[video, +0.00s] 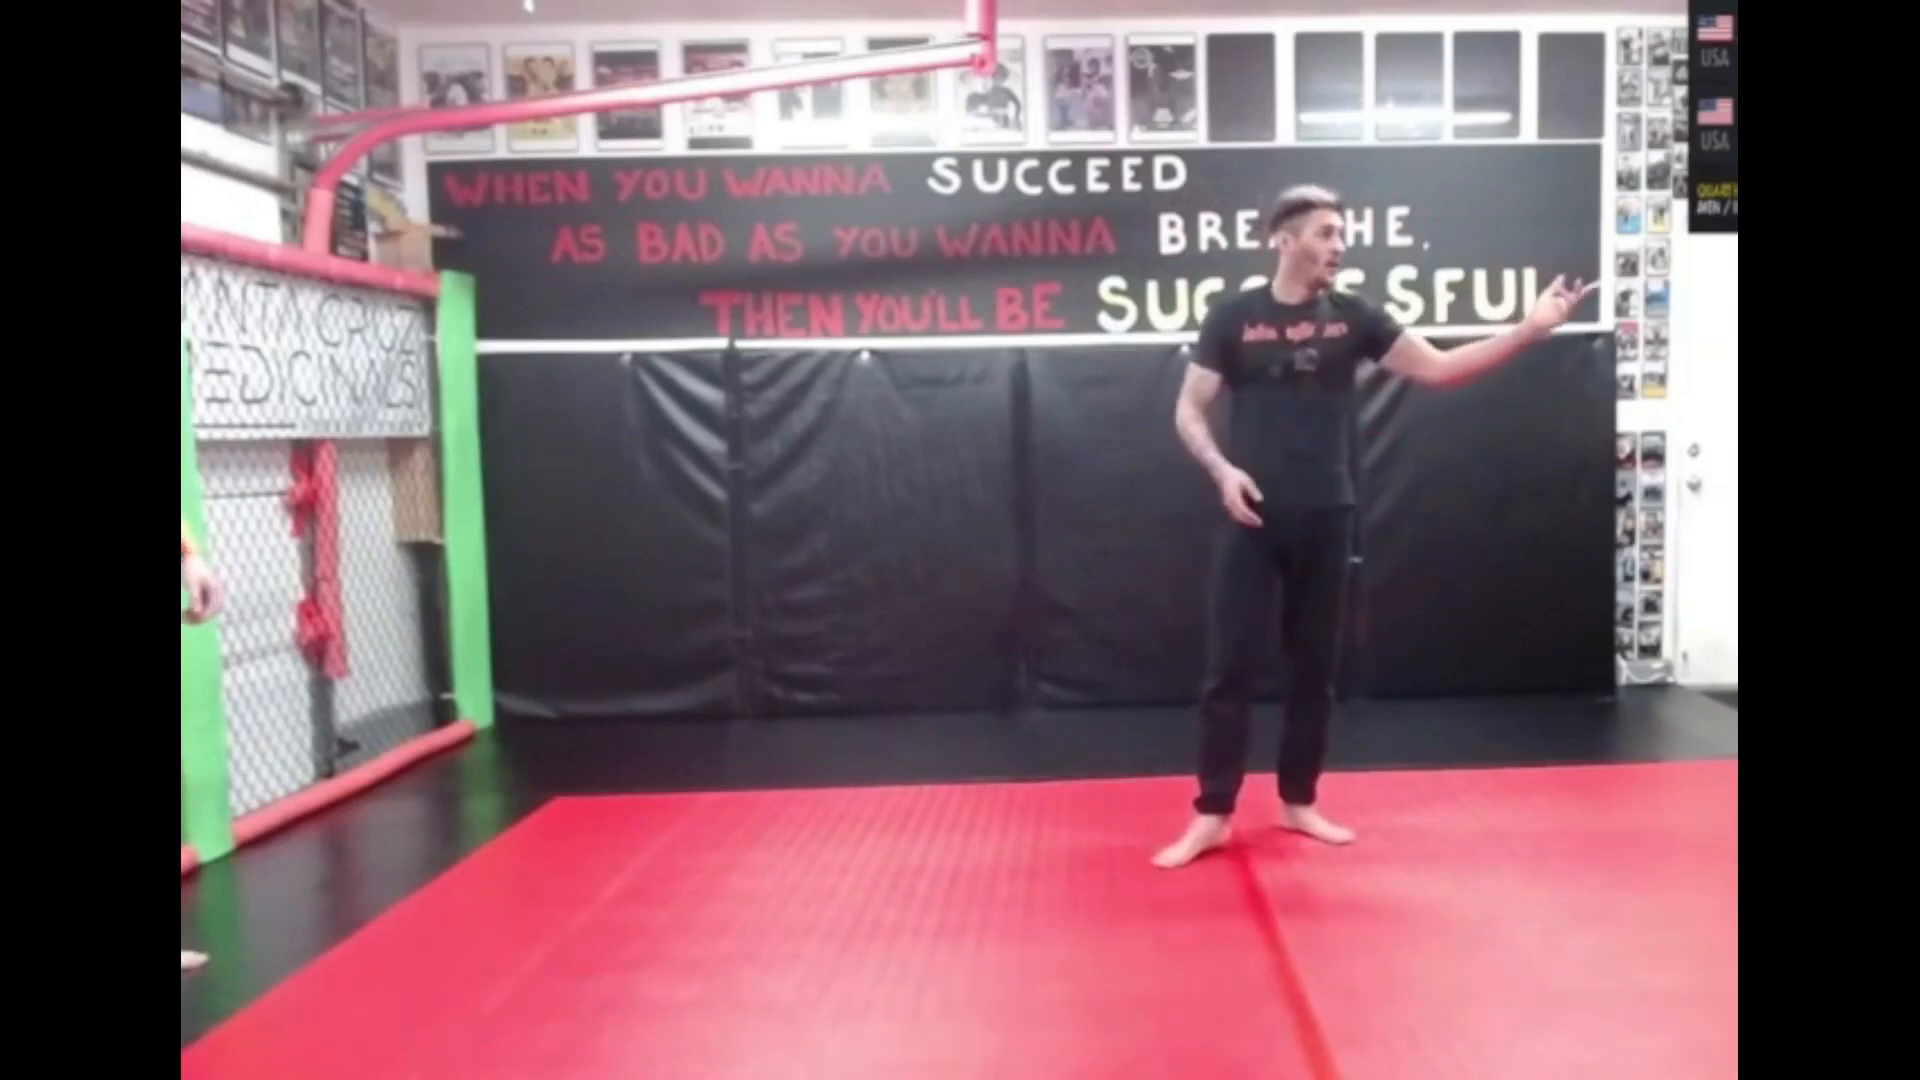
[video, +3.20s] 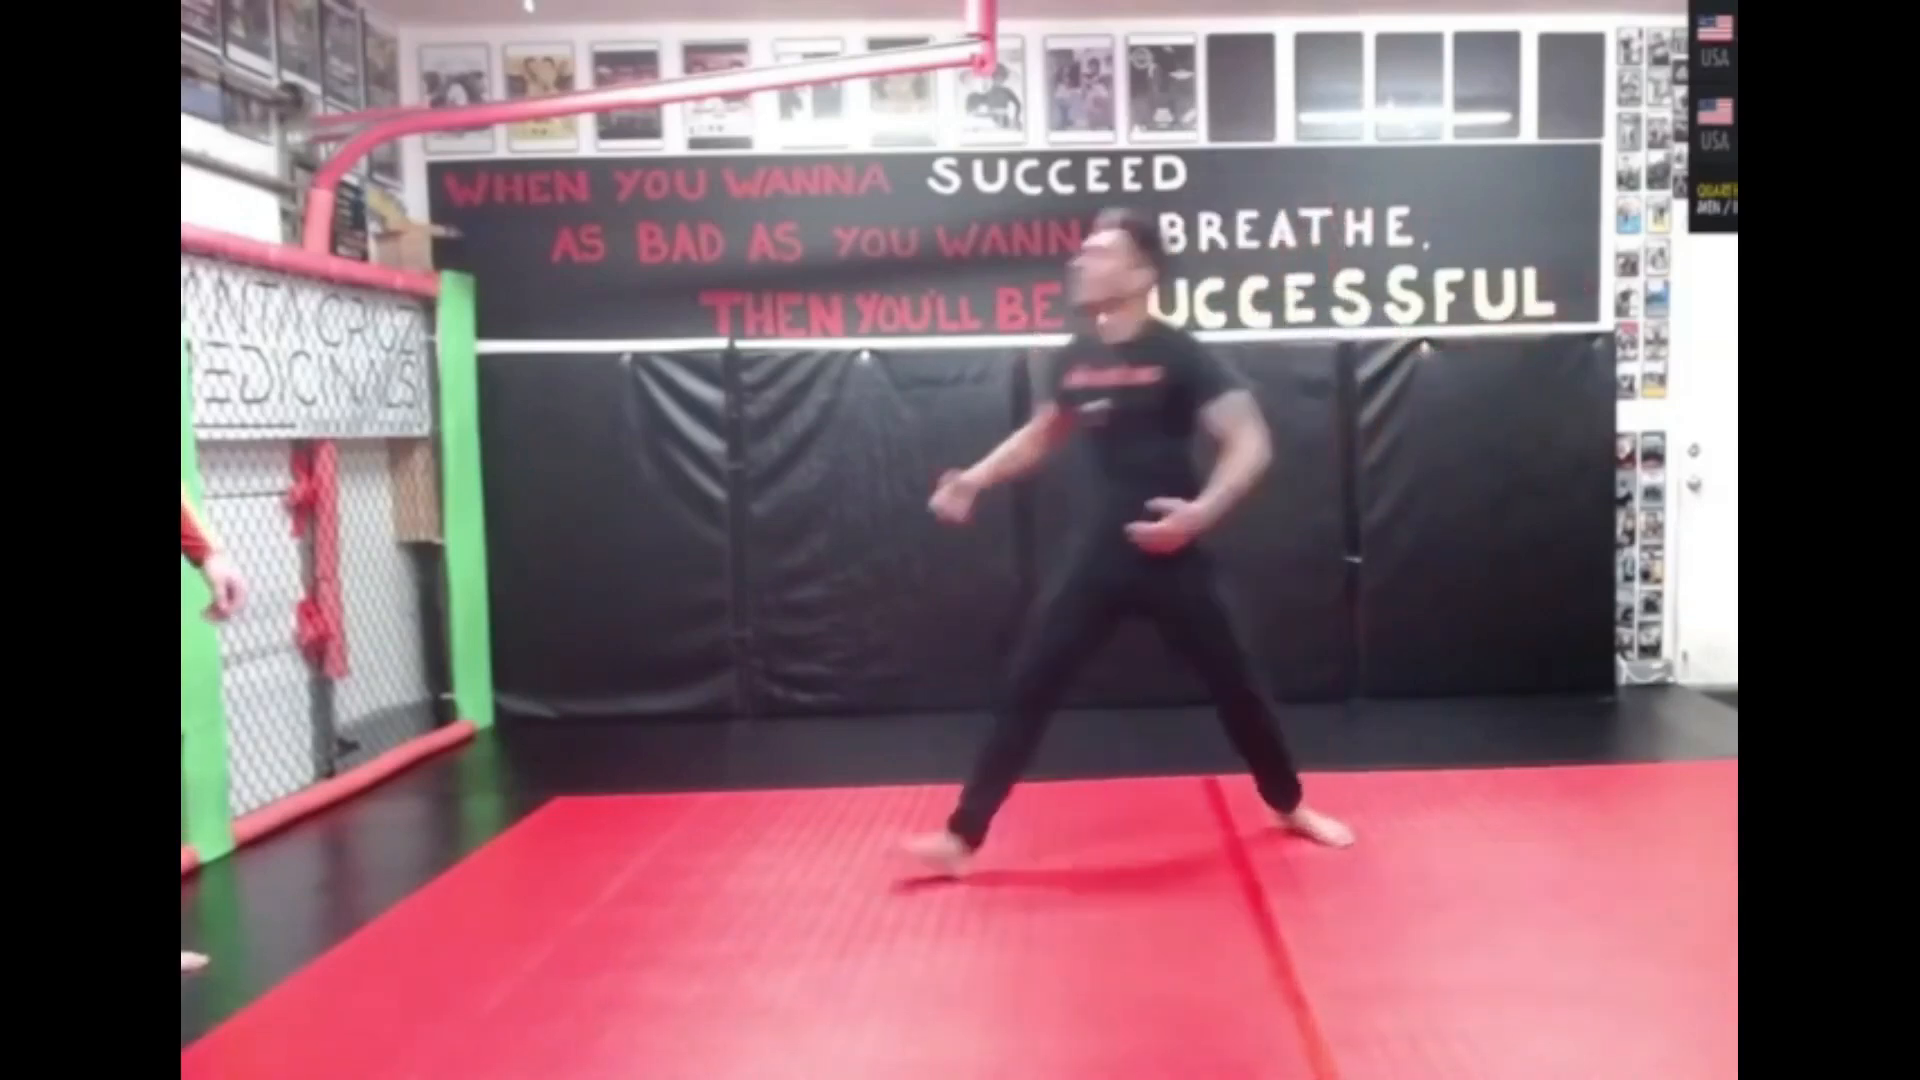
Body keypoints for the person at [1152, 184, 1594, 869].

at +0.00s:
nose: (1337, 246)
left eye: (1340, 235)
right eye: (1325, 233)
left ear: (1338, 246)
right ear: (1282, 240)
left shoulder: (1353, 315)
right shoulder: (1232, 317)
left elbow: (1439, 368)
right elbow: (1188, 412)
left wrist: (1530, 327)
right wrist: (1221, 470)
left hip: (1325, 518)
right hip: (1249, 517)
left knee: (1315, 666)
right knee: (1228, 666)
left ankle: (1298, 802)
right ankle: (1212, 814)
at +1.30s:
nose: (1286, 242)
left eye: (1300, 230)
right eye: (1275, 230)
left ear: (1325, 241)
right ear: (1259, 241)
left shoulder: (1351, 318)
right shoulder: (1230, 317)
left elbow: (1413, 395)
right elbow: (1187, 414)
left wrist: (1484, 374)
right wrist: (1215, 462)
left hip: (1325, 515)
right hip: (1250, 516)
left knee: (1314, 665)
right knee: (1226, 665)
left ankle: (1298, 801)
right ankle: (1212, 814)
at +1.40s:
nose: (1265, 245)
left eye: (1279, 233)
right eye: (1258, 233)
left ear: (1314, 241)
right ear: (1252, 242)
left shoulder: (1351, 318)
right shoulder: (1228, 318)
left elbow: (1395, 408)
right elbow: (1188, 411)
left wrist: (1443, 426)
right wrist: (1198, 453)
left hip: (1324, 515)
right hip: (1244, 515)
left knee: (1314, 664)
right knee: (1225, 663)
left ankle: (1297, 803)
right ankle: (1211, 815)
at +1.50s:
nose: (1251, 246)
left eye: (1264, 234)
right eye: (1248, 235)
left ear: (1306, 240)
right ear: (1247, 243)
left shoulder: (1349, 317)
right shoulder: (1230, 316)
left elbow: (1374, 414)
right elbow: (1186, 410)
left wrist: (1350, 471)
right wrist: (1135, 404)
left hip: (1319, 516)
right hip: (1244, 514)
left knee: (1311, 663)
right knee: (1223, 665)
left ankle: (1298, 801)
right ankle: (1211, 813)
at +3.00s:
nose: (1191, 248)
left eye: (1207, 237)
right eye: (1191, 236)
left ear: (1248, 250)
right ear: (1195, 247)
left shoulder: (1286, 332)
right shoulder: (1171, 328)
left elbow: (1324, 436)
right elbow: (1123, 413)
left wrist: (1285, 492)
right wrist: (1067, 447)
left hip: (1252, 530)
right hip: (1175, 525)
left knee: (1283, 672)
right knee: (1118, 655)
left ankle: (1296, 807)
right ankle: (1092, 819)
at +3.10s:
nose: (1179, 252)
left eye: (1195, 240)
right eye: (1181, 239)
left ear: (1235, 256)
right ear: (1188, 253)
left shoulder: (1269, 333)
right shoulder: (1160, 334)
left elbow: (1315, 437)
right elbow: (1114, 417)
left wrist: (1274, 497)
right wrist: (1055, 457)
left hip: (1243, 536)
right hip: (1169, 532)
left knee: (1279, 673)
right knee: (1104, 658)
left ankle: (1295, 807)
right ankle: (1059, 823)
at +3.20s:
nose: (1084, 261)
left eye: (1102, 252)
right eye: (1086, 250)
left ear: (1145, 271)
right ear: (1086, 271)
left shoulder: (1180, 353)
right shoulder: (1078, 362)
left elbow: (1251, 443)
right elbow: (1042, 434)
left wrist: (1200, 512)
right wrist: (973, 479)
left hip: (1175, 553)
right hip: (1099, 554)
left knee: (1235, 678)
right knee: (1032, 679)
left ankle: (1290, 807)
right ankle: (961, 837)